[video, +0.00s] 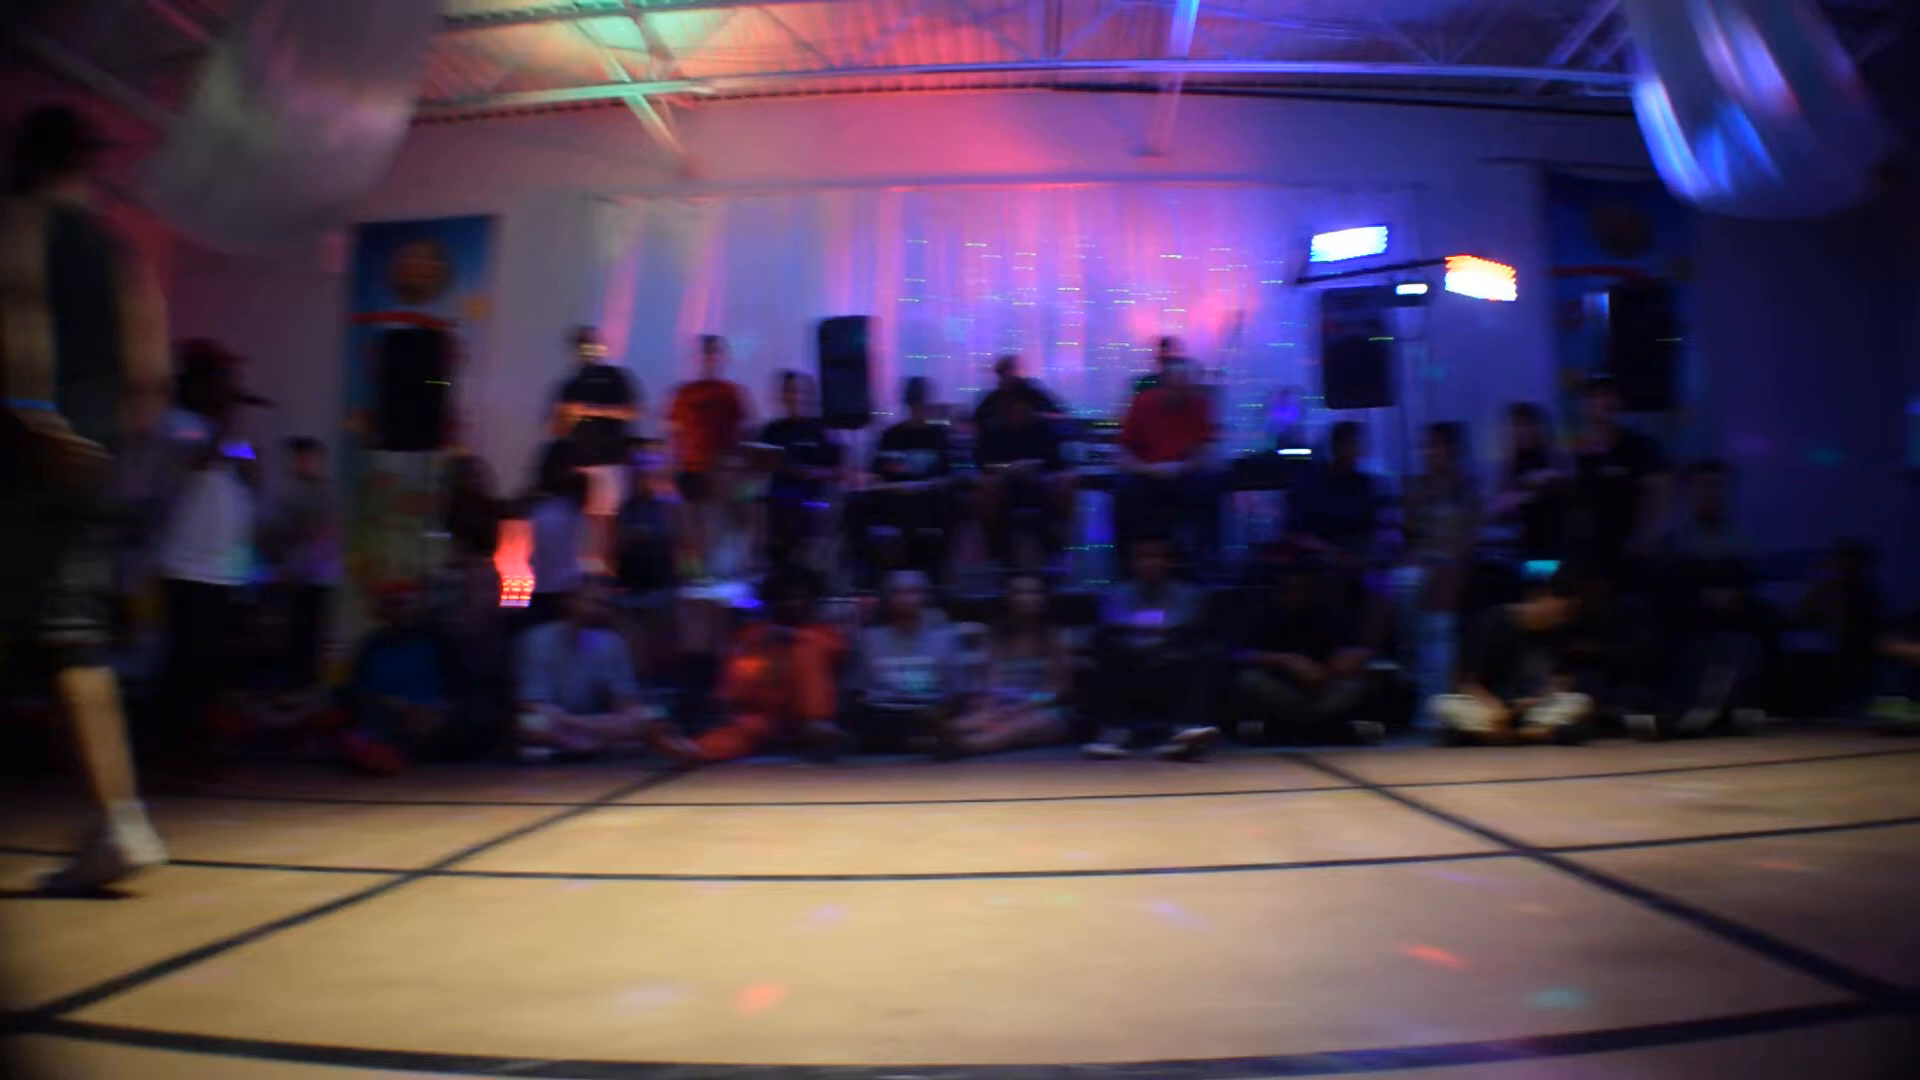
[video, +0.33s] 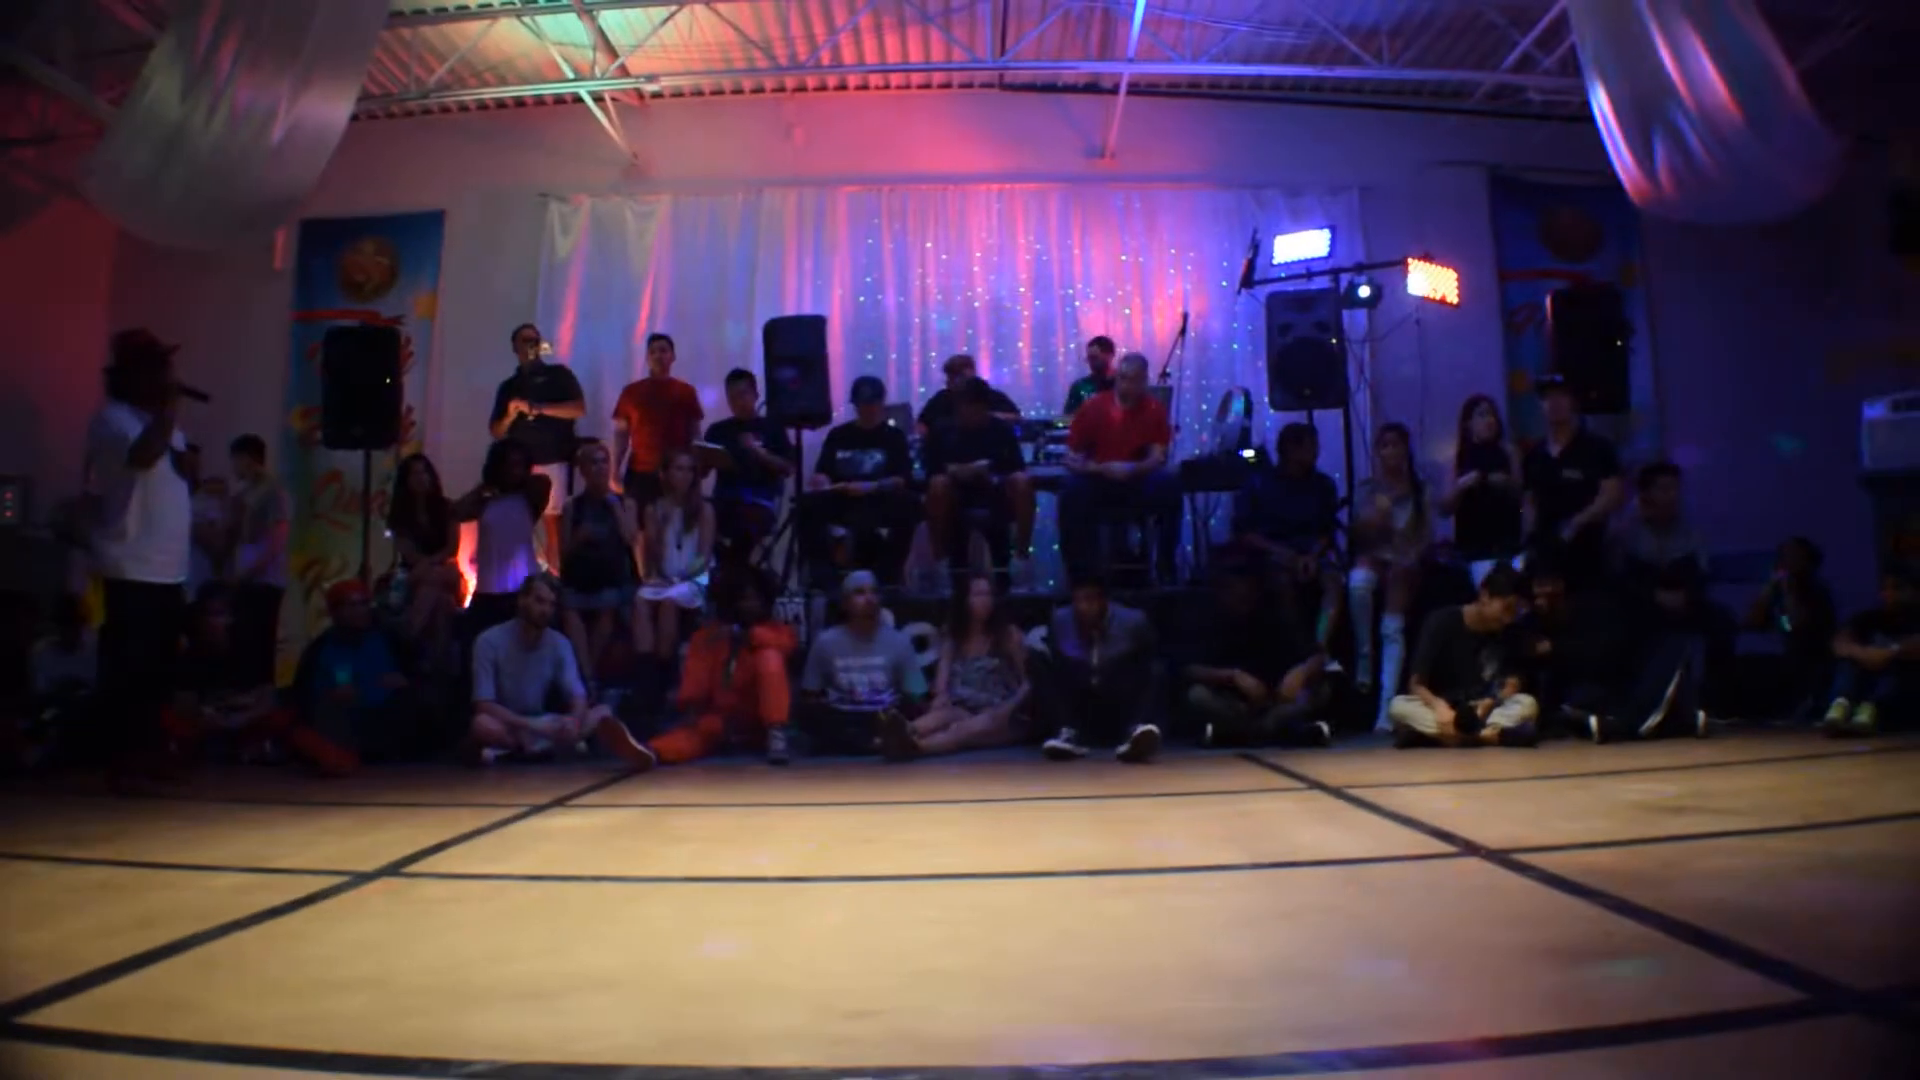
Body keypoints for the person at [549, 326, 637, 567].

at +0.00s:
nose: (589, 353)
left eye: (593, 347)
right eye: (584, 348)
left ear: (601, 349)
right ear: (577, 350)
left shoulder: (615, 378)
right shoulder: (573, 383)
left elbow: (632, 412)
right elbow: (559, 428)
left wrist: (592, 410)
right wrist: (571, 415)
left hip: (610, 457)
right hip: (580, 458)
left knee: (607, 512)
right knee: (585, 514)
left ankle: (607, 562)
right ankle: (587, 563)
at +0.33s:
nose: (530, 346)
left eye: (534, 340)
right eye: (524, 341)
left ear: (541, 345)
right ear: (515, 348)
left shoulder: (561, 375)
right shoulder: (509, 386)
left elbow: (578, 409)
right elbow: (496, 431)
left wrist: (540, 409)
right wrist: (510, 417)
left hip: (554, 459)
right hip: (520, 461)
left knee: (552, 519)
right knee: (521, 519)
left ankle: (557, 574)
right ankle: (524, 576)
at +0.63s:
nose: (527, 347)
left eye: (531, 342)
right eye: (521, 342)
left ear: (539, 347)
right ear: (512, 349)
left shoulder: (557, 376)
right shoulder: (505, 388)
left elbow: (576, 411)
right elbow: (492, 433)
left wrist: (536, 410)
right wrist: (507, 419)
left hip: (552, 462)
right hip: (518, 467)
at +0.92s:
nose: (551, 349)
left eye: (555, 344)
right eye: (545, 345)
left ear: (563, 348)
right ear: (536, 352)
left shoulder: (581, 379)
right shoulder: (530, 389)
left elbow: (600, 413)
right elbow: (517, 434)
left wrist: (563, 413)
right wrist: (533, 419)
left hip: (576, 460)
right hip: (542, 462)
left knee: (578, 521)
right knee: (540, 518)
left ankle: (583, 577)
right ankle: (541, 577)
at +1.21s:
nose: (552, 347)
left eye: (555, 342)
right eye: (545, 343)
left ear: (562, 345)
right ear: (536, 349)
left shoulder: (580, 375)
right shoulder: (531, 387)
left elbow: (601, 410)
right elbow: (519, 433)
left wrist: (564, 411)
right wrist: (533, 419)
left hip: (577, 458)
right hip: (544, 461)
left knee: (578, 519)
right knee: (543, 519)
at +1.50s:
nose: (551, 347)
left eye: (554, 342)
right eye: (544, 344)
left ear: (562, 346)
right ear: (535, 350)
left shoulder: (579, 376)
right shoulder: (528, 388)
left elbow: (598, 412)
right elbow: (516, 434)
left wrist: (561, 412)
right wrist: (530, 421)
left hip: (575, 459)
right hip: (541, 462)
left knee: (577, 521)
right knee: (542, 520)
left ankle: (582, 576)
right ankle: (544, 577)